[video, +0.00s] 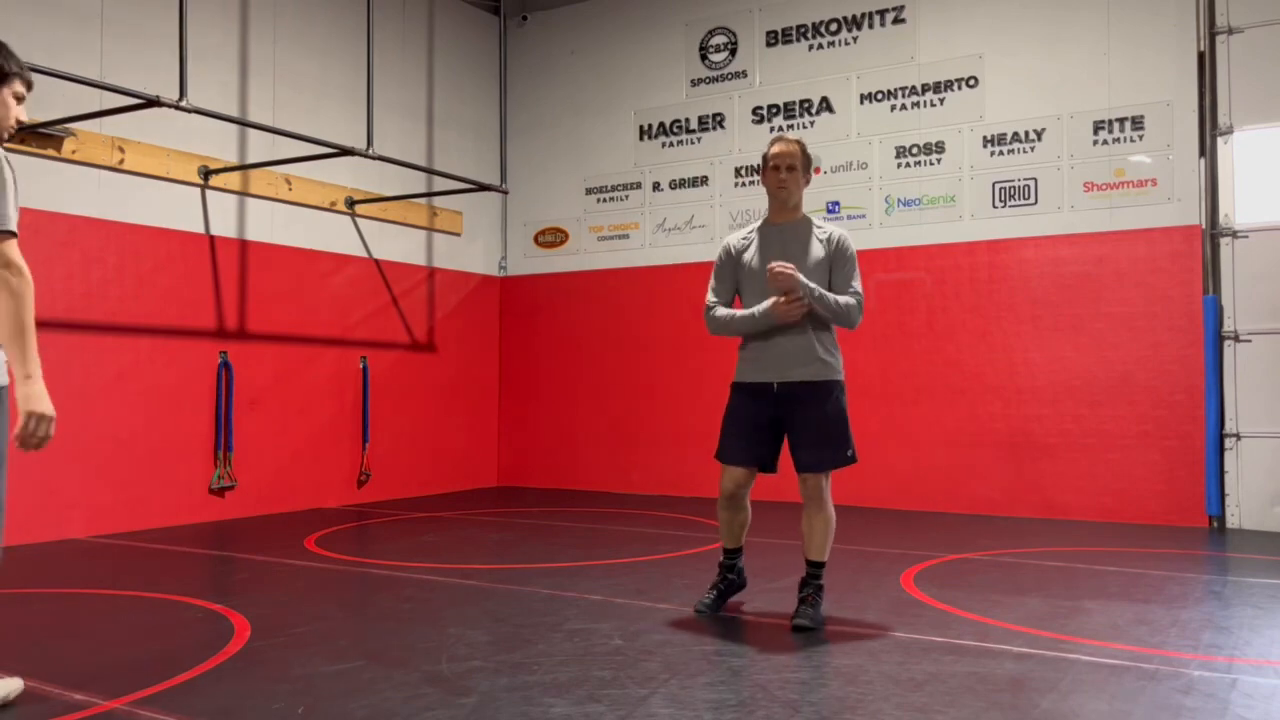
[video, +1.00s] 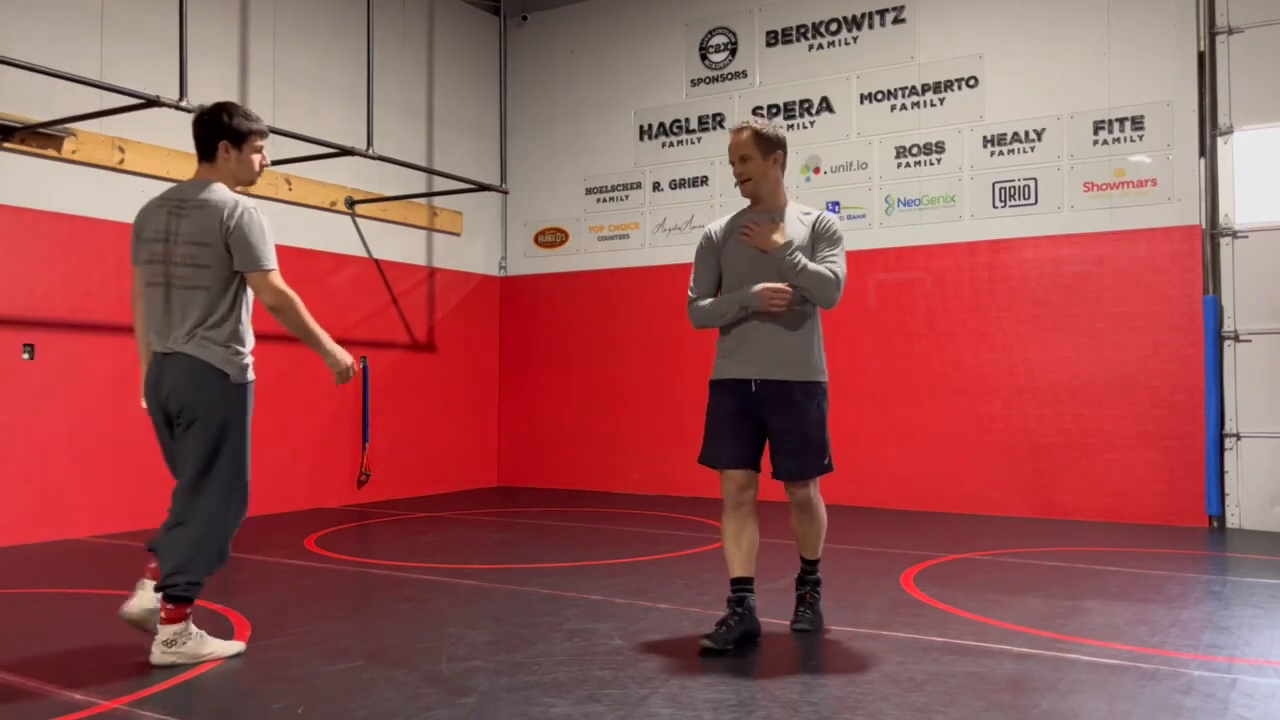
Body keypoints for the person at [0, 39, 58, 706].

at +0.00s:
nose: (19, 115)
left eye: (22, 102)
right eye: (15, 98)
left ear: (8, 100)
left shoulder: (2, 164)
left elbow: (11, 264)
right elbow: (9, 264)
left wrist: (26, 379)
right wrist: (29, 378)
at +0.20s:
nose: (68, 118)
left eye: (69, 105)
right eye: (60, 103)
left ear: (19, 100)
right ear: (19, 94)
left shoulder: (10, 160)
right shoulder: (14, 158)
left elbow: (14, 254)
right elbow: (10, 247)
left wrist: (18, 353)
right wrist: (11, 353)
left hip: (12, 369)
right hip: (20, 370)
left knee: (50, 519)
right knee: (70, 521)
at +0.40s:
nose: (109, 133)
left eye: (110, 120)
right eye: (102, 118)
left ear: (55, 116)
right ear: (62, 113)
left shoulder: (12, 168)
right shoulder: (50, 171)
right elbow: (37, 267)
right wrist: (35, 365)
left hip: (11, 374)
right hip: (56, 375)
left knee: (1, 519)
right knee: (107, 499)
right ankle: (104, 642)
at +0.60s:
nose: (163, 151)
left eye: (164, 139)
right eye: (156, 139)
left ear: (100, 140)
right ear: (120, 138)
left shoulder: (39, 199)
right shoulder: (125, 202)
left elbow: (40, 290)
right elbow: (121, 298)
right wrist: (131, 388)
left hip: (35, 379)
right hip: (101, 382)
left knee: (16, 523)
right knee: (141, 509)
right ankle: (162, 630)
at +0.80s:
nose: (219, 156)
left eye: (219, 144)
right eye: (213, 144)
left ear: (162, 145)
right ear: (180, 144)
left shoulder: (99, 203)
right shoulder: (192, 208)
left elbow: (93, 294)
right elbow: (221, 300)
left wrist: (109, 359)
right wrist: (251, 380)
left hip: (109, 373)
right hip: (171, 378)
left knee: (111, 496)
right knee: (181, 503)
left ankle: (32, 596)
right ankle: (171, 631)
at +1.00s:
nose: (264, 162)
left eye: (264, 152)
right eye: (257, 151)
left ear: (213, 151)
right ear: (225, 149)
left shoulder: (152, 211)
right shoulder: (236, 212)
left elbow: (142, 302)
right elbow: (274, 293)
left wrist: (151, 369)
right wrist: (330, 350)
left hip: (163, 373)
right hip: (214, 376)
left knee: (196, 485)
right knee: (219, 493)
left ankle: (154, 585)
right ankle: (174, 627)